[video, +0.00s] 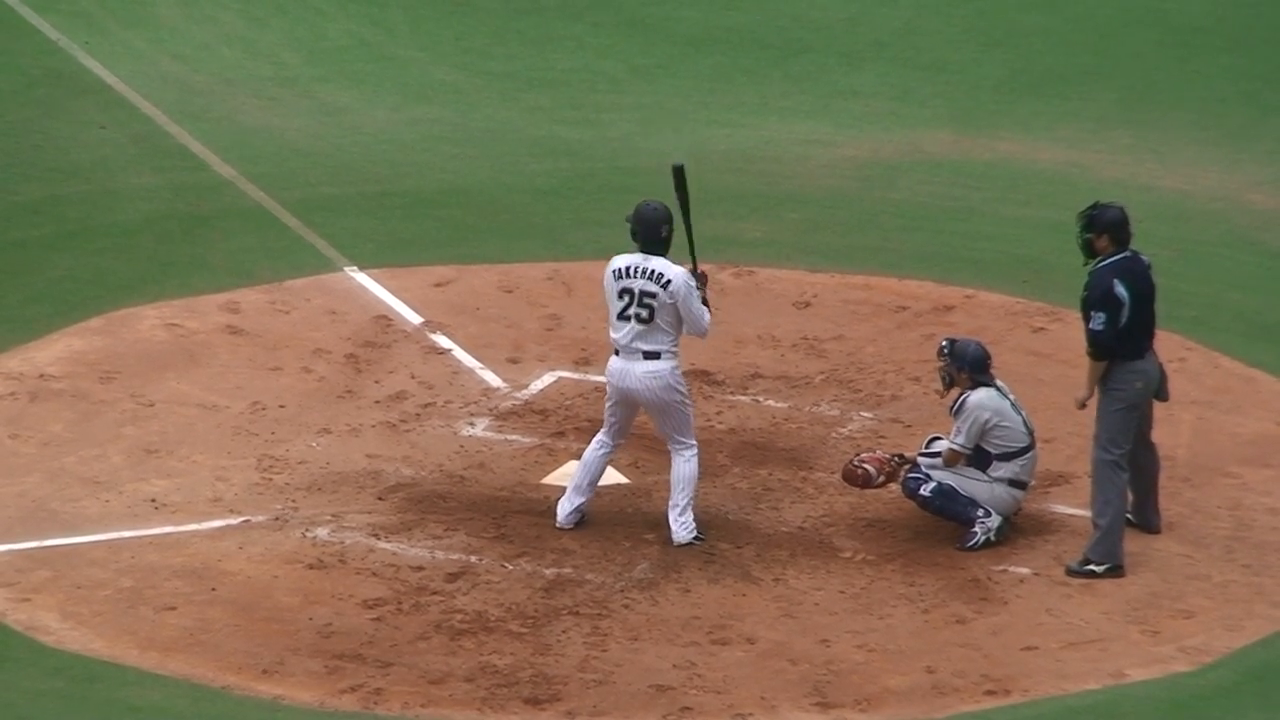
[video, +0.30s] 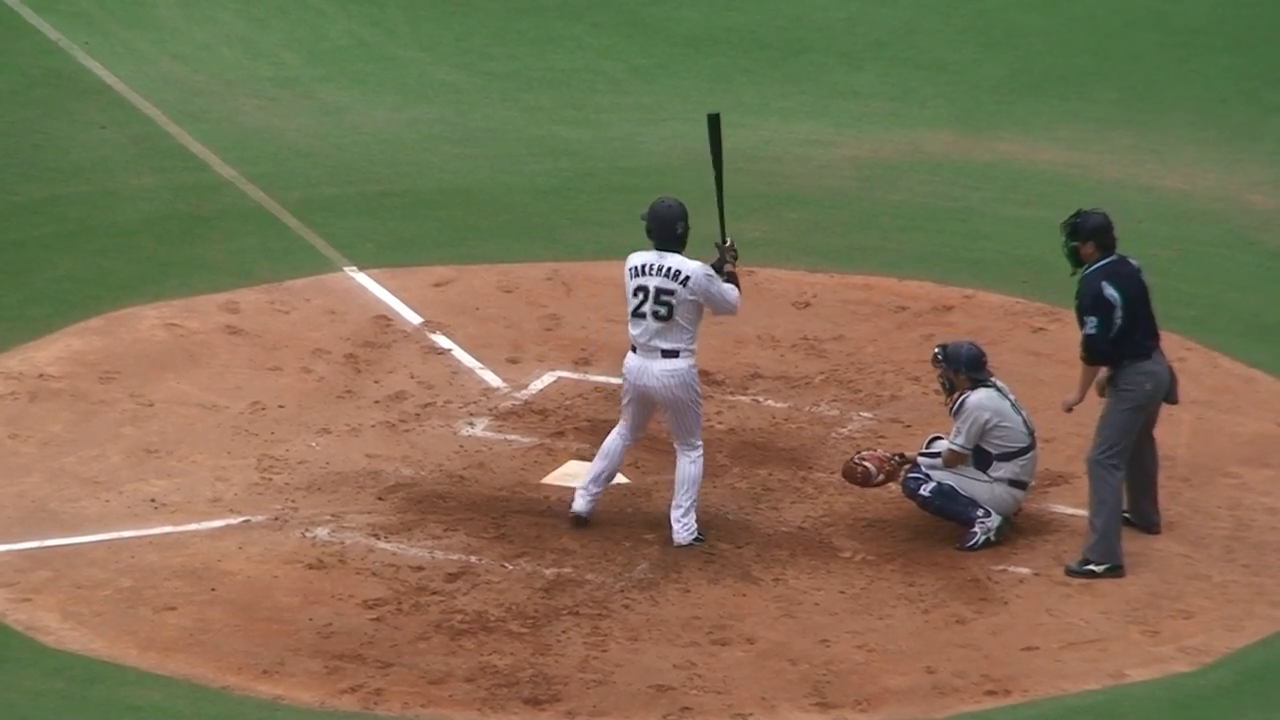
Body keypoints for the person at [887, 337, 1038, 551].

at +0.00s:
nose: (943, 369)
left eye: (948, 365)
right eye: (944, 364)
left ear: (964, 371)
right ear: (975, 370)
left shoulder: (975, 403)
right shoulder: (995, 387)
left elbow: (950, 460)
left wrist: (908, 459)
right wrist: (911, 459)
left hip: (1002, 493)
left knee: (915, 480)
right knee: (934, 443)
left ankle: (984, 519)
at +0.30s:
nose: (940, 376)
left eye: (944, 370)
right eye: (941, 370)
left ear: (960, 374)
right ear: (976, 371)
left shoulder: (975, 403)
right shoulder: (994, 387)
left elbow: (951, 459)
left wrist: (908, 459)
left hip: (1003, 493)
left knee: (915, 480)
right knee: (935, 443)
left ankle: (984, 519)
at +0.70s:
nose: (940, 373)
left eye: (945, 369)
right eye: (941, 368)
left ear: (962, 376)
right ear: (968, 376)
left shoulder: (975, 405)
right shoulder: (992, 388)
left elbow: (950, 463)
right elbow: (962, 430)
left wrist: (915, 450)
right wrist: (922, 430)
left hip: (1004, 494)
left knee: (917, 477)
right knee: (931, 449)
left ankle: (985, 520)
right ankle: (998, 508)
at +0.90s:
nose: (940, 371)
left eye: (945, 368)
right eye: (941, 366)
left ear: (961, 376)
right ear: (971, 375)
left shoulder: (974, 406)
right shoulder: (993, 389)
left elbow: (950, 464)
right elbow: (964, 436)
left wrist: (919, 450)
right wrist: (925, 435)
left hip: (1004, 494)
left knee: (916, 478)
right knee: (932, 453)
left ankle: (985, 520)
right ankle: (1003, 507)